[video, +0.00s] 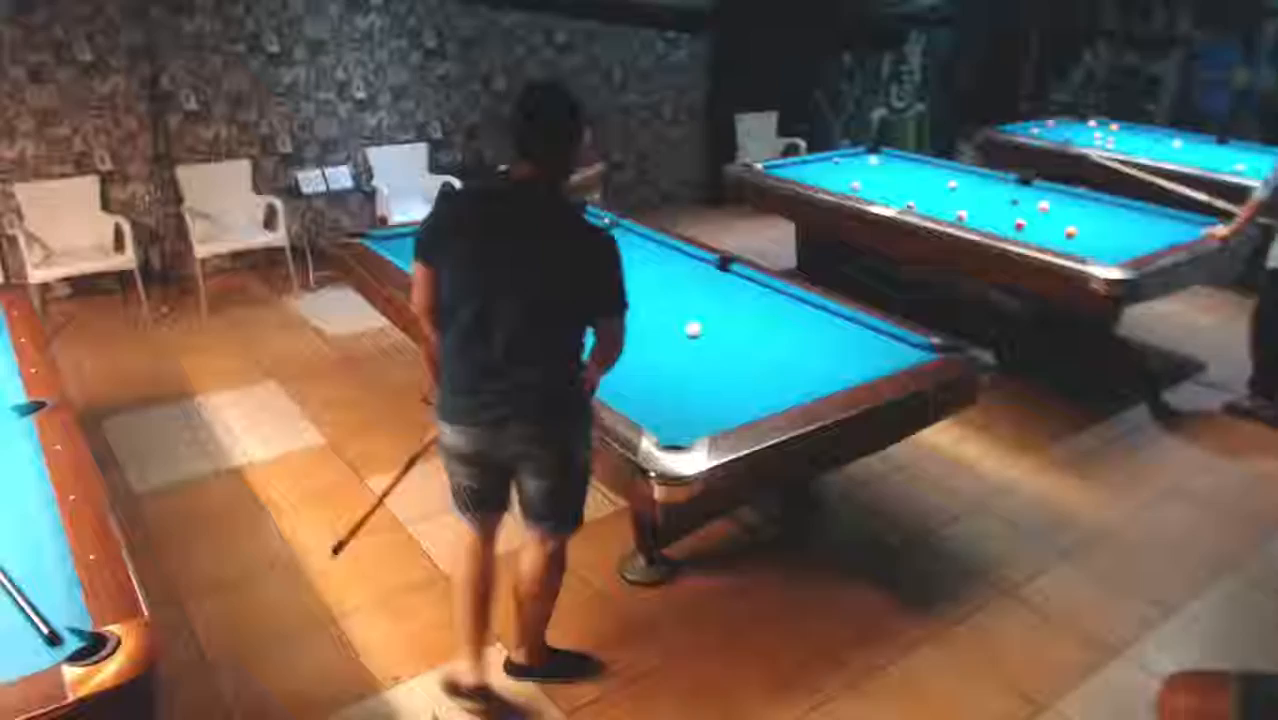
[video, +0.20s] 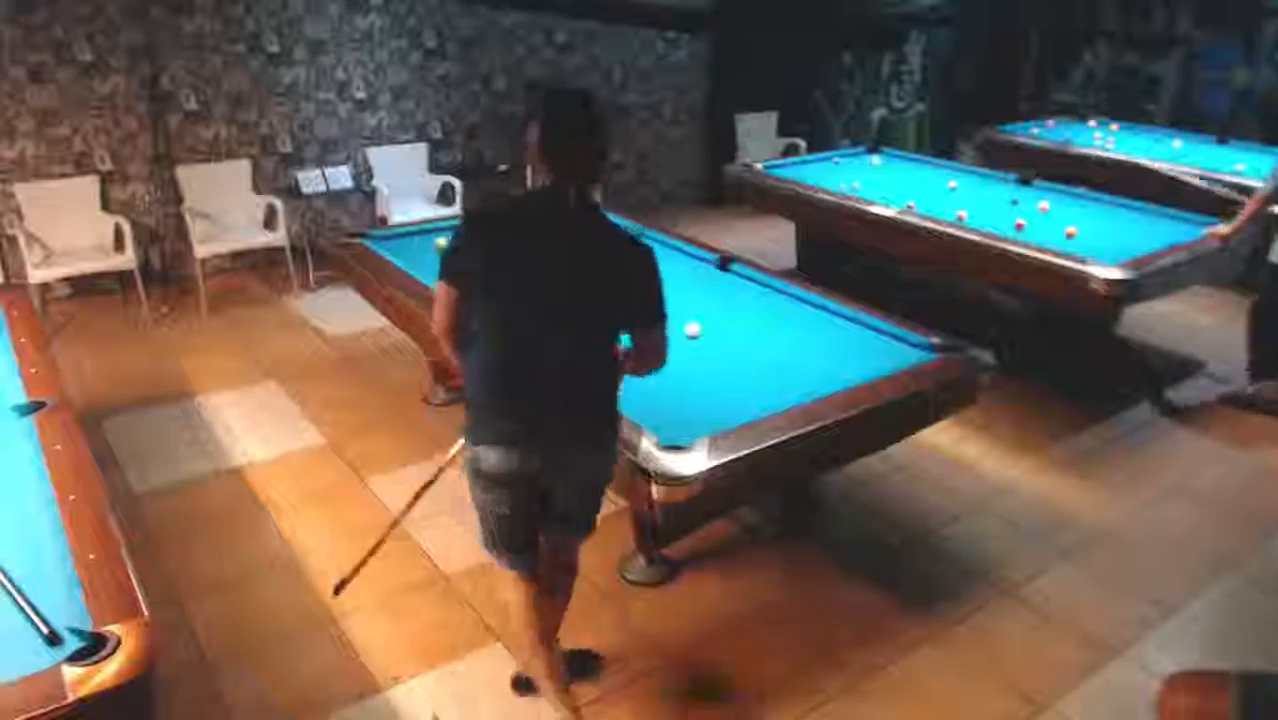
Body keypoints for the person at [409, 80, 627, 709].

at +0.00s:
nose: (584, 148)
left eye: (578, 138)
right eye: (582, 139)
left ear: (511, 140)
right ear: (574, 148)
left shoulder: (455, 210)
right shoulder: (589, 238)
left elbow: (422, 306)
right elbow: (612, 340)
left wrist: (444, 370)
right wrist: (587, 380)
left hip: (466, 411)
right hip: (549, 417)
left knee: (476, 530)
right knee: (545, 541)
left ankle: (468, 665)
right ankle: (528, 652)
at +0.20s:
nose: (529, 156)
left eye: (528, 147)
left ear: (530, 154)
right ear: (598, 160)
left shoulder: (482, 229)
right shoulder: (626, 251)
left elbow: (443, 327)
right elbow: (652, 358)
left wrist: (475, 372)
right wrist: (608, 356)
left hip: (501, 430)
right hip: (584, 432)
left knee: (521, 567)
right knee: (561, 556)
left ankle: (559, 696)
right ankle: (538, 662)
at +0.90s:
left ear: (674, 184)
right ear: (745, 184)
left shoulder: (631, 281)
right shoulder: (789, 284)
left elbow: (585, 401)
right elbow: (803, 381)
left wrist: (611, 450)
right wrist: (743, 342)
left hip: (662, 506)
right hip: (750, 495)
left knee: (654, 661)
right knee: (755, 598)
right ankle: (793, 697)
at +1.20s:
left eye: (762, 185)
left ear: (756, 192)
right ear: (824, 190)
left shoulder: (719, 268)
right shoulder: (863, 273)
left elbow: (671, 387)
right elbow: (866, 385)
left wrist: (688, 449)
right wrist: (827, 430)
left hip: (741, 486)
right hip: (829, 483)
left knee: (710, 656)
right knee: (817, 604)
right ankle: (818, 707)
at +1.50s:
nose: (793, 199)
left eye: (794, 190)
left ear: (796, 198)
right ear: (859, 197)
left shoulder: (763, 264)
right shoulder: (887, 275)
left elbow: (721, 375)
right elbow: (890, 385)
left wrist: (730, 447)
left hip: (783, 479)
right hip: (867, 478)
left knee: (767, 651)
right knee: (828, 600)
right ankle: (818, 706)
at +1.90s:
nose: (815, 212)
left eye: (820, 203)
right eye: (820, 203)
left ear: (828, 211)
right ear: (892, 215)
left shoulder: (786, 285)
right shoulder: (916, 296)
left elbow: (728, 403)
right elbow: (924, 398)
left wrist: (722, 457)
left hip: (795, 508)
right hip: (886, 506)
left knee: (773, 687)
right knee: (831, 614)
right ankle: (822, 709)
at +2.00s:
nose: (819, 217)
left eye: (823, 207)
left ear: (828, 216)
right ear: (899, 224)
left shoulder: (787, 302)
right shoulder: (925, 312)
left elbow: (717, 441)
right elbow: (935, 412)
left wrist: (744, 477)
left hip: (792, 540)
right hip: (883, 535)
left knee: (770, 704)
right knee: (828, 625)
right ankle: (819, 710)